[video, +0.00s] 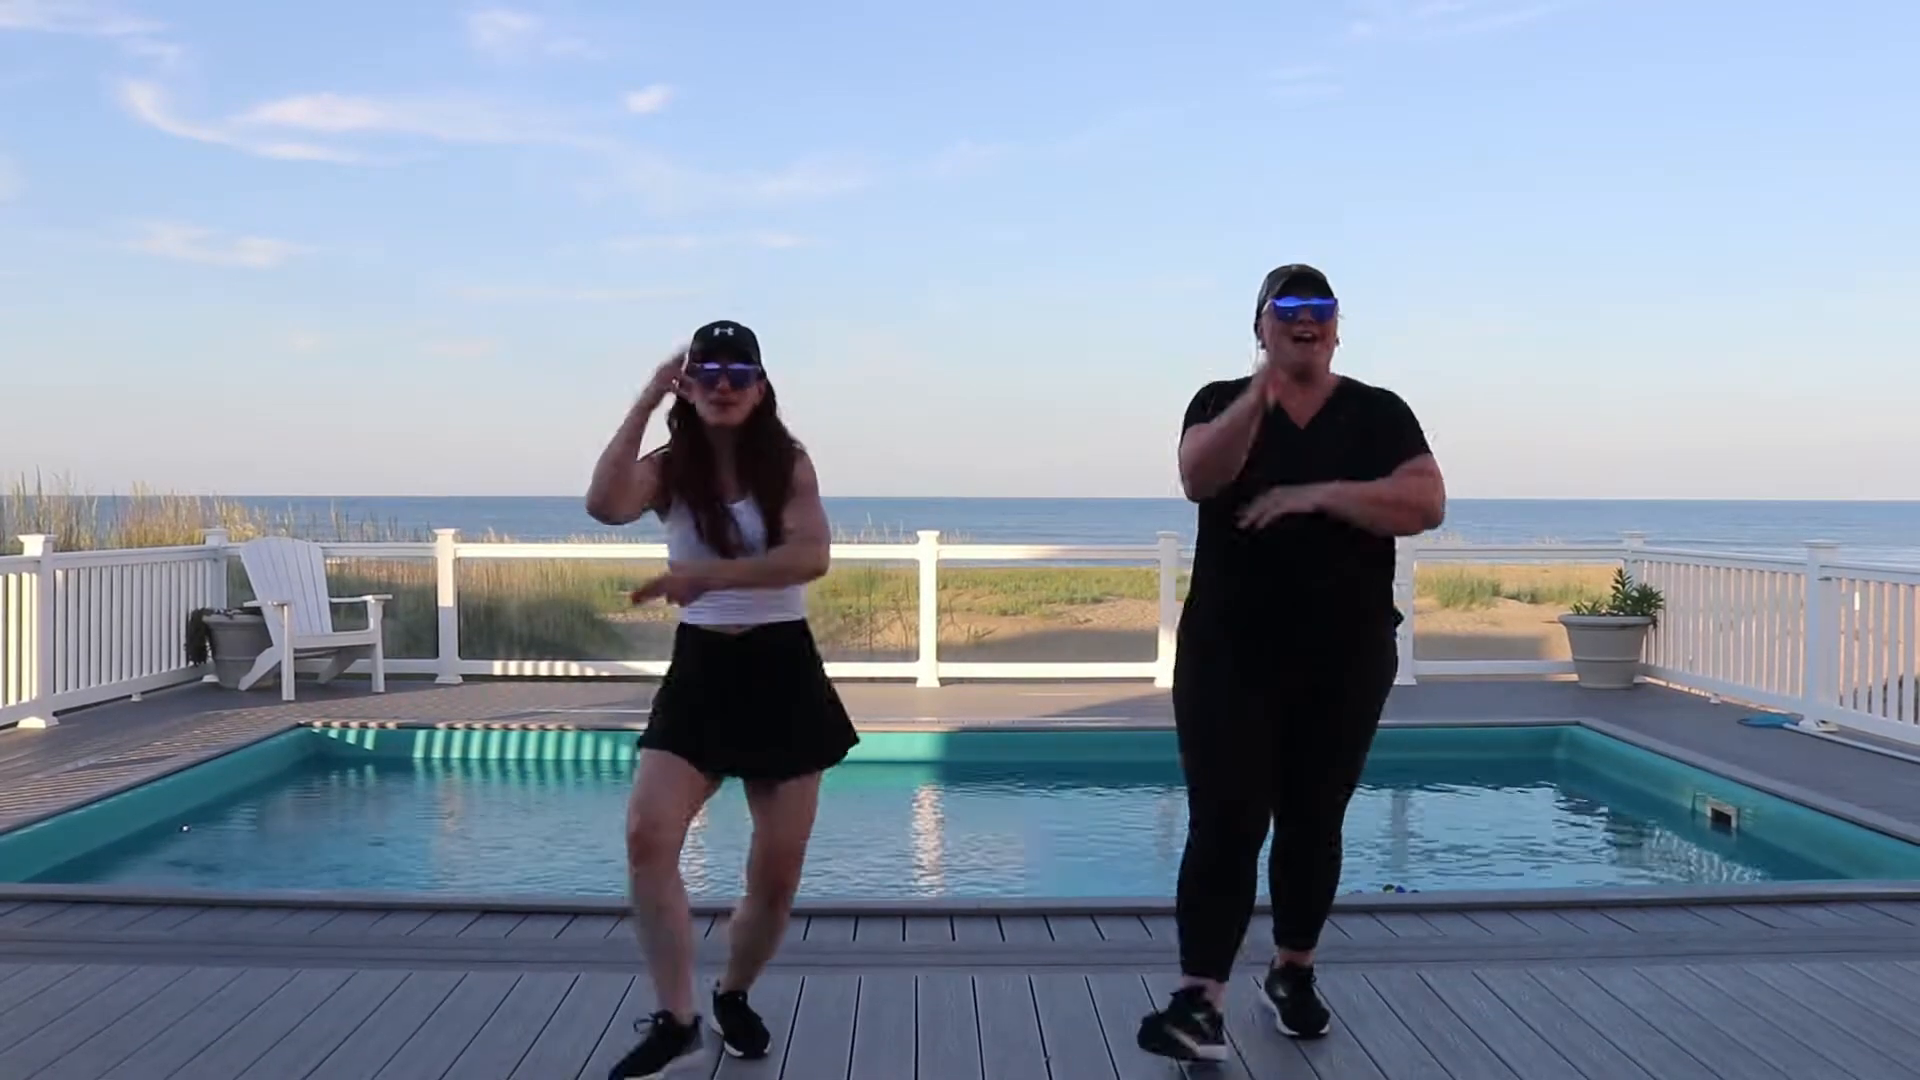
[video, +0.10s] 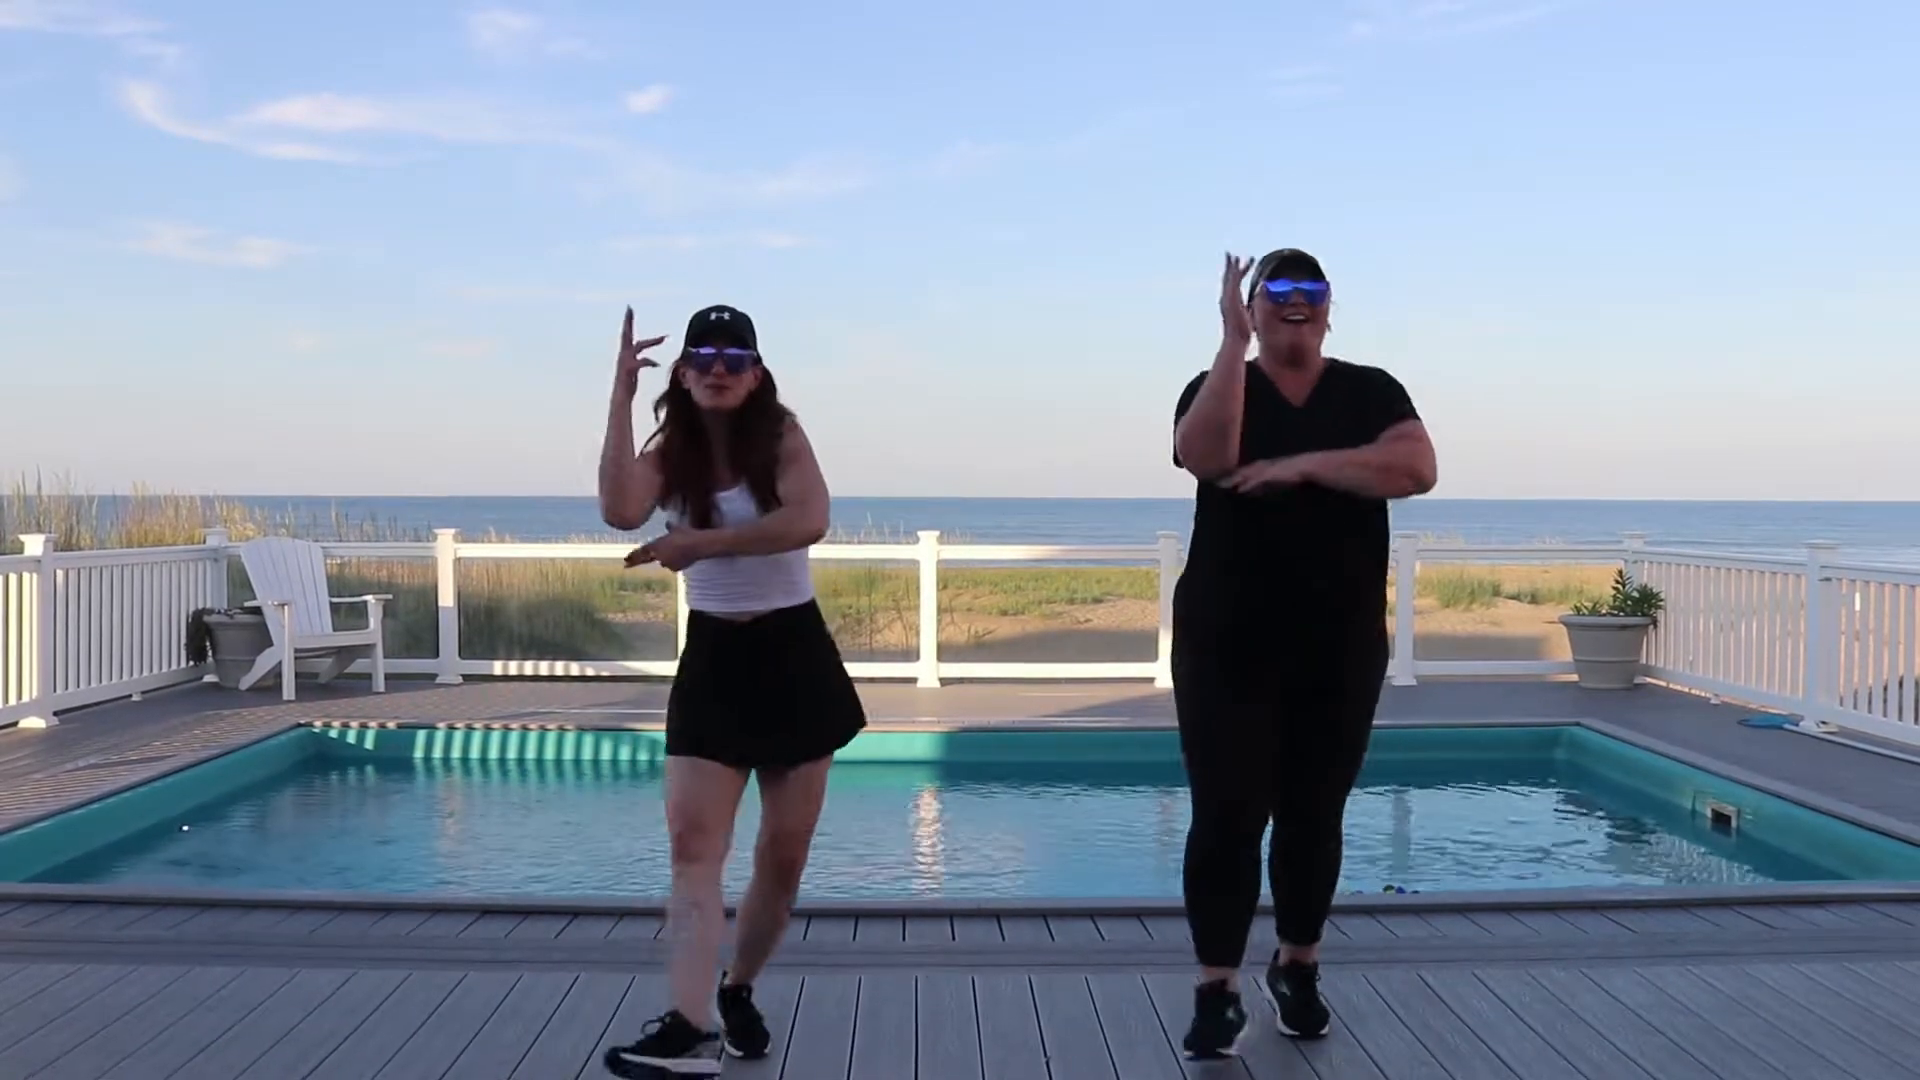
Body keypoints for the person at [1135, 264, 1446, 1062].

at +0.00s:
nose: (1305, 324)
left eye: (1318, 313)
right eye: (1289, 313)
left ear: (1337, 328)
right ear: (1261, 327)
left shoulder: (1379, 412)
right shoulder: (1222, 404)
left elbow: (1426, 503)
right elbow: (1198, 481)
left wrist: (1318, 494)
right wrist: (1260, 395)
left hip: (1343, 658)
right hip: (1228, 654)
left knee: (1314, 821)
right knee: (1223, 821)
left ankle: (1294, 972)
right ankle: (1199, 995)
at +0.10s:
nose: (1297, 310)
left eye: (1309, 300)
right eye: (1281, 300)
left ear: (1328, 312)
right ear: (1254, 311)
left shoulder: (1370, 390)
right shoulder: (1211, 393)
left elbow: (1416, 468)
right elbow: (1207, 455)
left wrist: (1303, 466)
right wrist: (1234, 342)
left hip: (1338, 645)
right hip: (1226, 645)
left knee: (1315, 812)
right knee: (1225, 812)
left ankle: (1297, 971)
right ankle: (1216, 989)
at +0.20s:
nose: (1285, 299)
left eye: (1299, 289)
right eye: (1269, 287)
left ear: (1316, 303)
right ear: (1241, 303)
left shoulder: (1357, 375)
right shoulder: (1200, 388)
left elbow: (1412, 441)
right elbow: (1207, 454)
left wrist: (1302, 447)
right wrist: (1220, 341)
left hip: (1335, 634)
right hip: (1222, 637)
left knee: (1343, 801)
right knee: (1234, 809)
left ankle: (1298, 956)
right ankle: (1233, 984)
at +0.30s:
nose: (1271, 321)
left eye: (1285, 311)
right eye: (1256, 309)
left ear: (1302, 327)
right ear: (1226, 323)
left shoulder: (1341, 396)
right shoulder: (1188, 416)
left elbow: (1404, 454)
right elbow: (1204, 487)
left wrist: (1306, 475)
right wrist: (1216, 370)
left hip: (1328, 651)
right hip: (1214, 659)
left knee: (1372, 803)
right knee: (1233, 824)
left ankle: (1293, 931)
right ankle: (1234, 989)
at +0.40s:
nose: (1262, 320)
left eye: (1275, 310)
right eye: (1247, 310)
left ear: (1294, 323)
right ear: (1221, 325)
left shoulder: (1338, 396)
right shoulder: (1186, 416)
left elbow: (1400, 462)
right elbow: (1202, 493)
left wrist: (1299, 480)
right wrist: (1211, 379)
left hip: (1327, 646)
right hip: (1213, 656)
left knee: (1362, 804)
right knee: (1230, 823)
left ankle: (1293, 938)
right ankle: (1233, 989)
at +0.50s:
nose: (1263, 305)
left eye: (1275, 294)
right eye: (1247, 295)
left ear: (1295, 306)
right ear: (1221, 310)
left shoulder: (1340, 374)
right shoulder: (1185, 396)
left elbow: (1403, 437)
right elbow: (1196, 465)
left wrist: (1297, 457)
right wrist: (1211, 351)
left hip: (1326, 637)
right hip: (1215, 643)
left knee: (1319, 810)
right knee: (1229, 813)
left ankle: (1289, 958)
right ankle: (1229, 985)